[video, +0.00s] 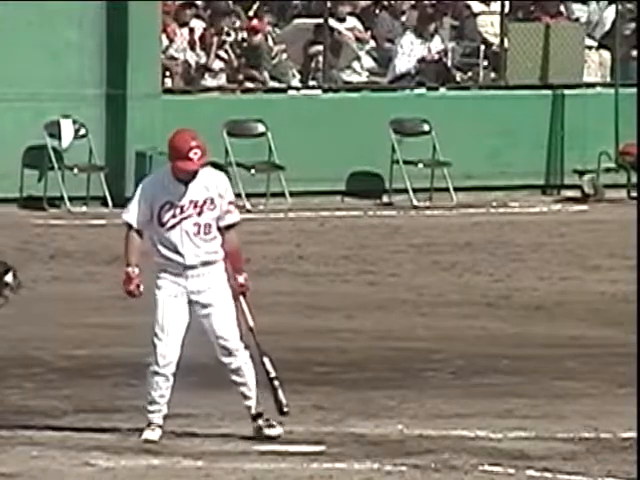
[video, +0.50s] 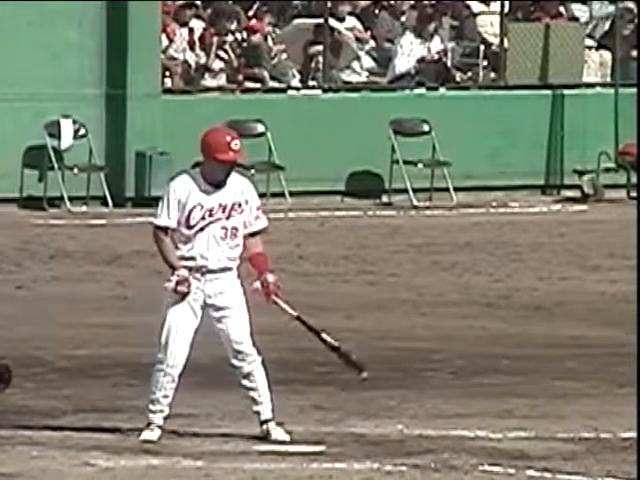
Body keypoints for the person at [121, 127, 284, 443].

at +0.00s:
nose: (195, 170)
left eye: (198, 164)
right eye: (188, 166)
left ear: (202, 157)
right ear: (172, 162)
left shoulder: (215, 180)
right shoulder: (151, 186)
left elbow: (229, 229)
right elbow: (134, 227)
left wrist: (239, 272)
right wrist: (132, 267)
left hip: (211, 275)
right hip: (170, 278)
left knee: (230, 345)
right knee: (164, 354)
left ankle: (257, 413)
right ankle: (154, 422)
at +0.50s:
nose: (230, 168)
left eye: (232, 163)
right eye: (225, 163)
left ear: (233, 160)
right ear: (209, 160)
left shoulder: (242, 187)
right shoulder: (180, 187)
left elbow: (253, 237)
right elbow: (161, 232)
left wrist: (264, 272)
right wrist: (178, 267)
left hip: (227, 279)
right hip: (188, 279)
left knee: (243, 351)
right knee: (171, 355)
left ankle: (268, 421)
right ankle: (155, 421)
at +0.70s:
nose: (232, 164)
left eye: (233, 158)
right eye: (226, 159)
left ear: (234, 158)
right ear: (206, 158)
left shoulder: (241, 186)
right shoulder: (185, 189)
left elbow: (253, 234)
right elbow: (174, 243)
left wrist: (270, 261)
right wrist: (203, 274)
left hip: (226, 279)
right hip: (185, 280)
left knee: (244, 352)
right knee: (172, 356)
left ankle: (268, 421)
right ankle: (155, 422)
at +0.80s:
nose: (234, 160)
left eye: (236, 155)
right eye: (229, 155)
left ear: (234, 155)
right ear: (211, 156)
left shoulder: (243, 184)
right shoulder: (190, 188)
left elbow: (257, 231)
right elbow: (179, 240)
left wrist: (276, 253)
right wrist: (210, 272)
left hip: (229, 278)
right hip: (189, 278)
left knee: (246, 351)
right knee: (174, 355)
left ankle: (268, 421)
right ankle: (154, 422)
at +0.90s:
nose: (238, 158)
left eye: (240, 152)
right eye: (232, 152)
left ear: (239, 153)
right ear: (214, 154)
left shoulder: (247, 184)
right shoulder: (193, 186)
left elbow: (265, 230)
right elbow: (180, 238)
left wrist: (282, 248)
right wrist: (208, 271)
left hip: (232, 279)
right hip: (192, 280)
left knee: (249, 350)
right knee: (175, 355)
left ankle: (268, 420)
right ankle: (154, 421)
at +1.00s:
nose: (238, 155)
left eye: (239, 150)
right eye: (232, 150)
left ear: (239, 152)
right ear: (213, 153)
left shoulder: (248, 184)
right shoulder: (191, 186)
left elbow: (266, 229)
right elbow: (176, 235)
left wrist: (284, 249)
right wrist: (202, 267)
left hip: (232, 280)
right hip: (192, 280)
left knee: (248, 351)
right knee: (176, 354)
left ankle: (268, 420)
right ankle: (154, 421)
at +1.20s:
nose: (227, 154)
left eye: (227, 148)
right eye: (220, 149)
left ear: (222, 151)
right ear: (202, 152)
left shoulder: (237, 185)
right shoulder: (175, 187)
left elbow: (247, 231)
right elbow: (157, 233)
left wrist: (259, 259)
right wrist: (179, 269)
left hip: (222, 281)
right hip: (182, 281)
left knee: (242, 353)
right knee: (169, 358)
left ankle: (267, 421)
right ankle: (154, 421)